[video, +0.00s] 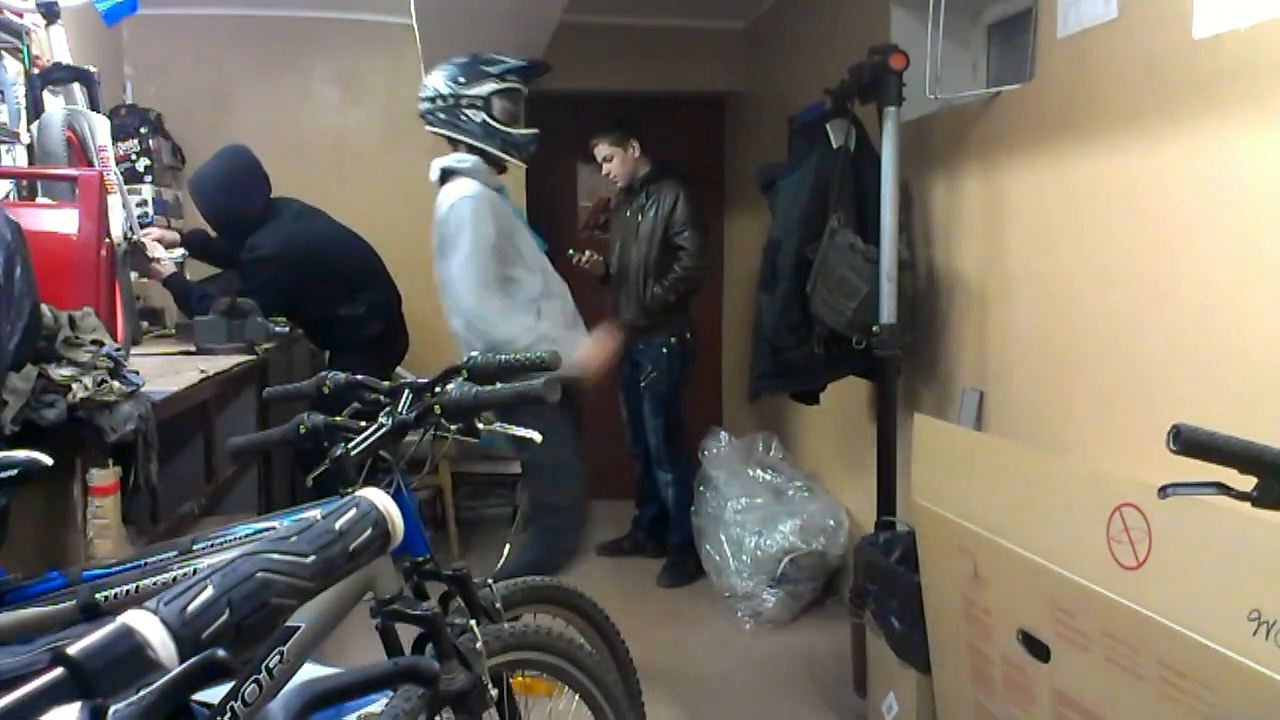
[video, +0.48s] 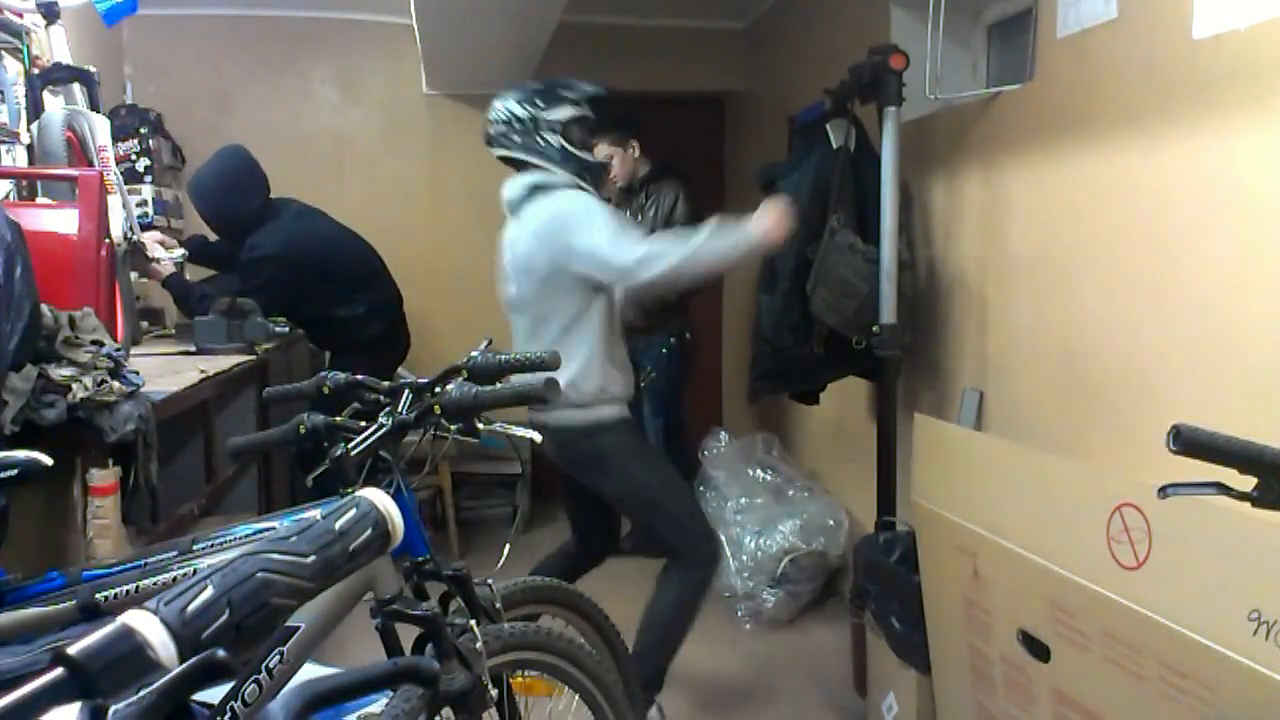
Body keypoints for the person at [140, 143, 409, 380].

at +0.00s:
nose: (208, 217)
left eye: (208, 208)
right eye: (205, 208)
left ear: (224, 209)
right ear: (254, 189)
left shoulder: (268, 254)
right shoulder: (283, 212)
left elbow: (211, 309)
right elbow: (236, 251)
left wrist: (168, 275)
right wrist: (181, 239)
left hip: (367, 347)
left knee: (320, 444)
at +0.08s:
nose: (207, 216)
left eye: (208, 207)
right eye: (205, 207)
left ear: (226, 207)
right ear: (255, 188)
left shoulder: (269, 255)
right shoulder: (283, 211)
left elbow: (207, 307)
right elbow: (235, 245)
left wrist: (167, 274)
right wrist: (181, 236)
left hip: (367, 347)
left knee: (319, 444)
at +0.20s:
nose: (208, 216)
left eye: (208, 207)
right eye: (205, 206)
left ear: (224, 208)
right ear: (255, 188)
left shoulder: (269, 254)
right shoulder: (283, 211)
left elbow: (206, 305)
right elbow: (236, 250)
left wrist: (166, 273)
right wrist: (183, 241)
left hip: (366, 348)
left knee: (321, 443)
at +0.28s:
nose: (207, 217)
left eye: (207, 207)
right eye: (204, 207)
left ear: (223, 208)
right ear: (256, 187)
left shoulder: (268, 253)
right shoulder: (283, 212)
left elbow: (211, 308)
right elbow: (240, 258)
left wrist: (167, 275)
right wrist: (182, 253)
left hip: (366, 349)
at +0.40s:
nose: (208, 219)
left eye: (208, 210)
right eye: (205, 210)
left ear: (224, 209)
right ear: (252, 191)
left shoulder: (270, 253)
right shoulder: (283, 213)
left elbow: (215, 307)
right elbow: (239, 260)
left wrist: (168, 276)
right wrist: (182, 253)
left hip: (368, 348)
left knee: (319, 444)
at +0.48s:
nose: (207, 220)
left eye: (207, 211)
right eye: (205, 211)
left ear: (222, 211)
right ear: (252, 191)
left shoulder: (267, 254)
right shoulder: (284, 212)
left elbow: (213, 307)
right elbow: (237, 255)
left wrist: (167, 277)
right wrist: (181, 247)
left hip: (368, 349)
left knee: (318, 443)